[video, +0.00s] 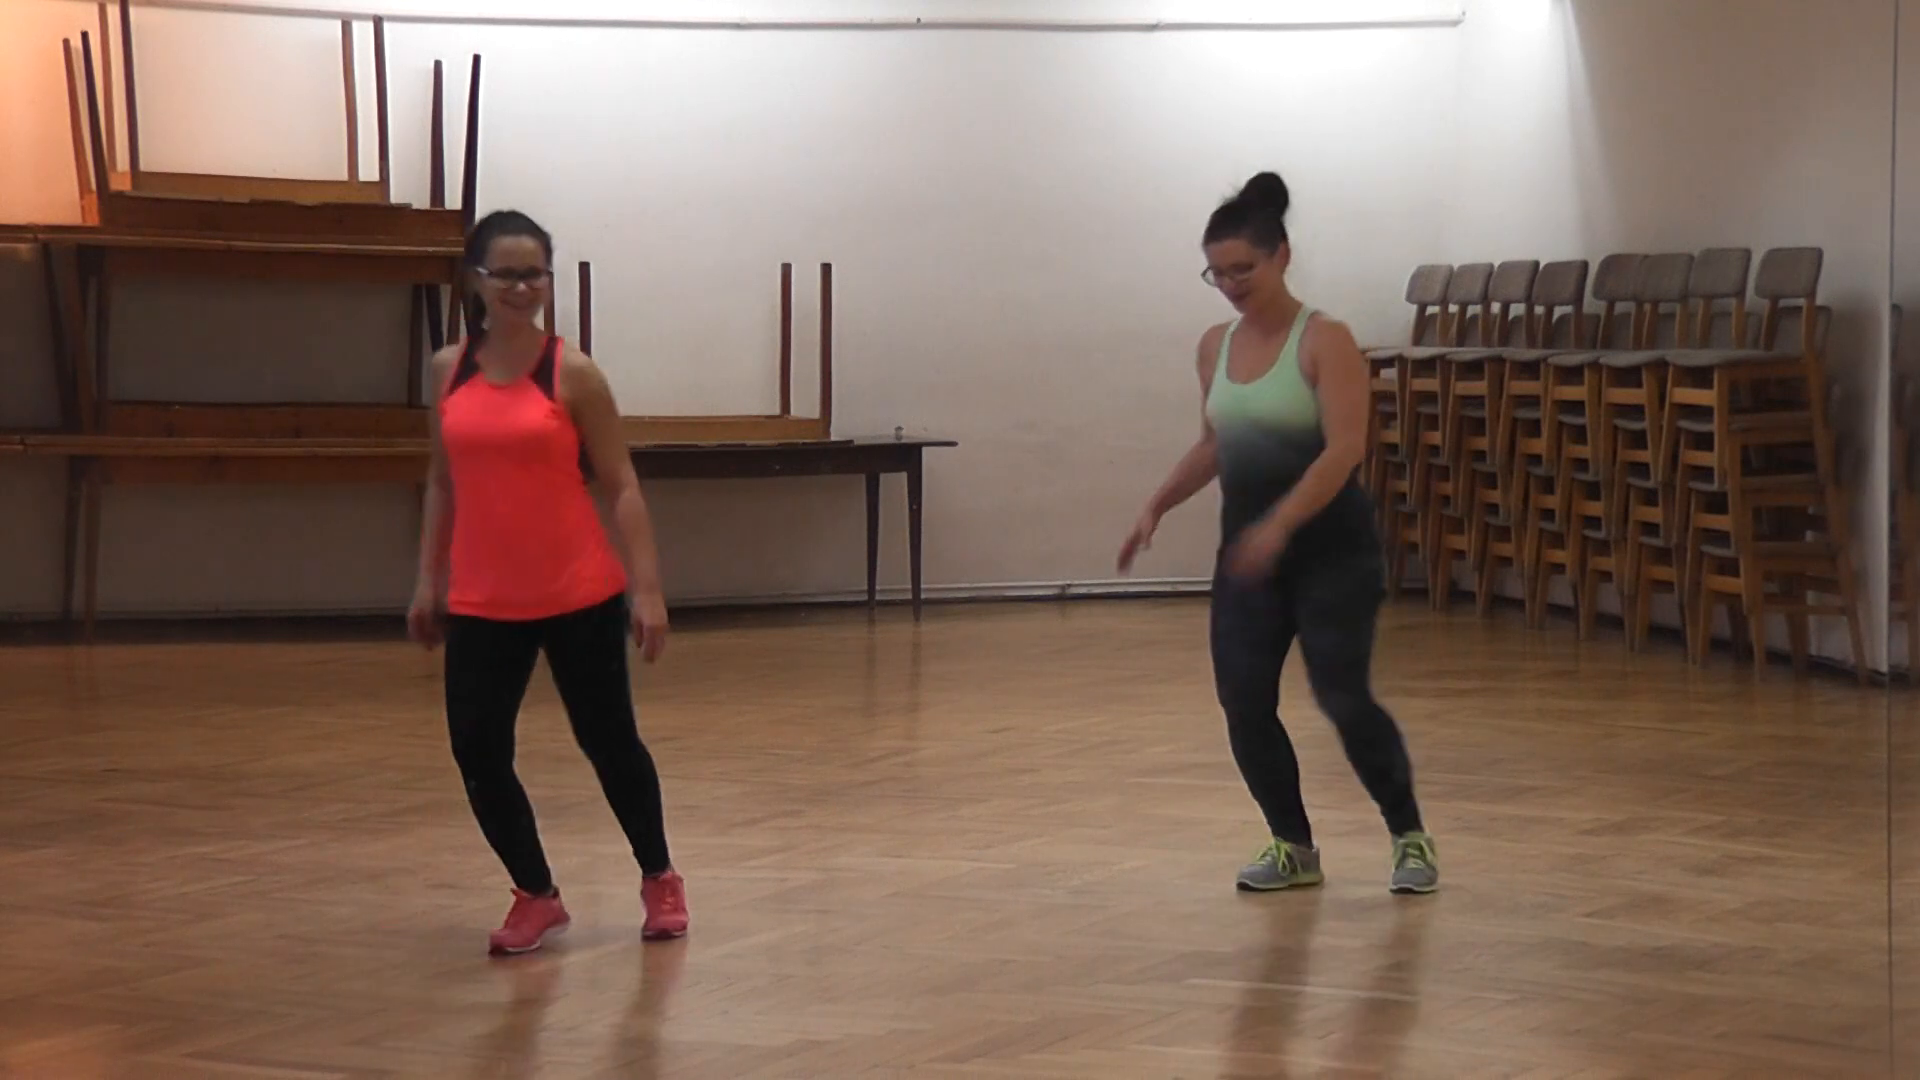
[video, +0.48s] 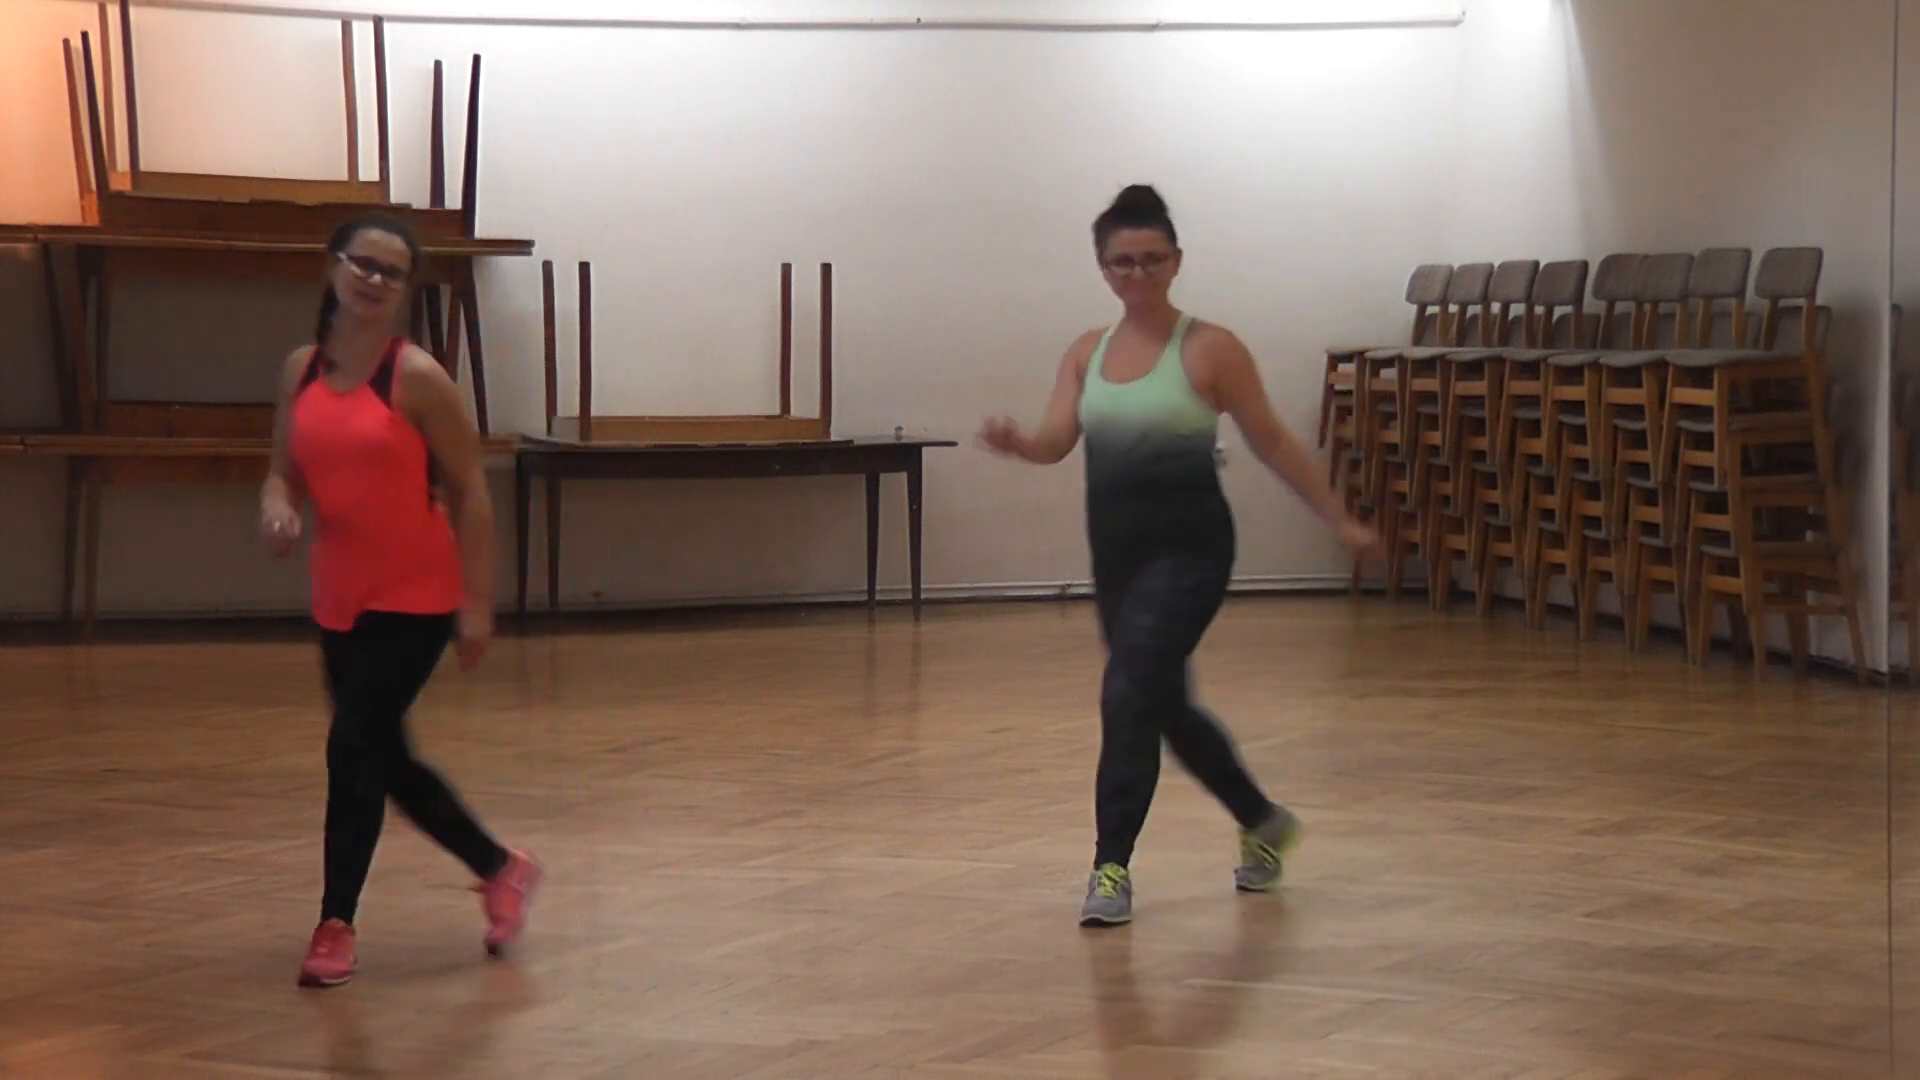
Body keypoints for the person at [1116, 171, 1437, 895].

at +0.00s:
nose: (1230, 285)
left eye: (1241, 269)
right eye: (1219, 273)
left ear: (1282, 256)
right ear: (1211, 270)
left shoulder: (1326, 341)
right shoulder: (1217, 348)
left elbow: (1347, 450)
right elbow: (1218, 444)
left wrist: (1275, 524)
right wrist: (1156, 505)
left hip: (1331, 548)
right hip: (1248, 547)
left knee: (1341, 693)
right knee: (1245, 704)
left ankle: (1409, 835)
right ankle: (1294, 846)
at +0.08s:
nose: (1211, 280)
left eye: (1223, 265)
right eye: (1200, 268)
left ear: (1263, 254)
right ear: (1191, 264)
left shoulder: (1309, 338)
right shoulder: (1196, 340)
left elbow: (1344, 447)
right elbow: (1187, 437)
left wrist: (1334, 540)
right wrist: (1137, 481)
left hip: (1305, 552)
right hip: (1229, 553)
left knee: (1296, 690)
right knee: (1239, 700)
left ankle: (1372, 814)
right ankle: (1291, 845)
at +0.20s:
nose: (1184, 273)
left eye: (1196, 257)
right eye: (1172, 261)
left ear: (1235, 245)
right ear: (1164, 257)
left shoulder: (1285, 329)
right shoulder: (1166, 328)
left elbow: (1347, 421)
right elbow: (1133, 425)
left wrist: (1391, 508)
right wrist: (1087, 422)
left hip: (1281, 526)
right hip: (1204, 532)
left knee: (1237, 662)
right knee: (1237, 679)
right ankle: (1288, 842)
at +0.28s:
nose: (1167, 279)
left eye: (1180, 263)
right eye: (1154, 265)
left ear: (1218, 249)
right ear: (1143, 259)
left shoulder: (1269, 333)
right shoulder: (1143, 333)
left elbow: (1342, 414)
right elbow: (1097, 416)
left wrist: (1403, 494)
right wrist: (1067, 398)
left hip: (1259, 535)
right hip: (1187, 542)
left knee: (1211, 671)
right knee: (1248, 690)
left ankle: (1165, 846)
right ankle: (1293, 841)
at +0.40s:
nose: (1150, 283)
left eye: (1164, 267)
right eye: (1136, 270)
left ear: (1194, 263)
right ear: (1120, 272)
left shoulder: (1236, 349)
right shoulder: (1112, 353)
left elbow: (1313, 432)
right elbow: (1063, 429)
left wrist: (1387, 503)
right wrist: (1033, 405)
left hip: (1221, 550)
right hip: (1149, 558)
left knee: (1146, 685)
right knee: (1227, 702)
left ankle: (1112, 864)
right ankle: (1287, 837)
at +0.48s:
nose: (1135, 274)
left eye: (1150, 259)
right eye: (1121, 262)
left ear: (1175, 261)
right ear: (1101, 268)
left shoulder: (1212, 350)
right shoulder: (1087, 353)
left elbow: (1275, 444)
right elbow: (1053, 444)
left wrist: (1341, 519)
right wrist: (1018, 442)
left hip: (1189, 549)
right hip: (1114, 554)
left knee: (1128, 693)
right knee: (1163, 703)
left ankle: (1110, 866)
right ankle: (1265, 822)